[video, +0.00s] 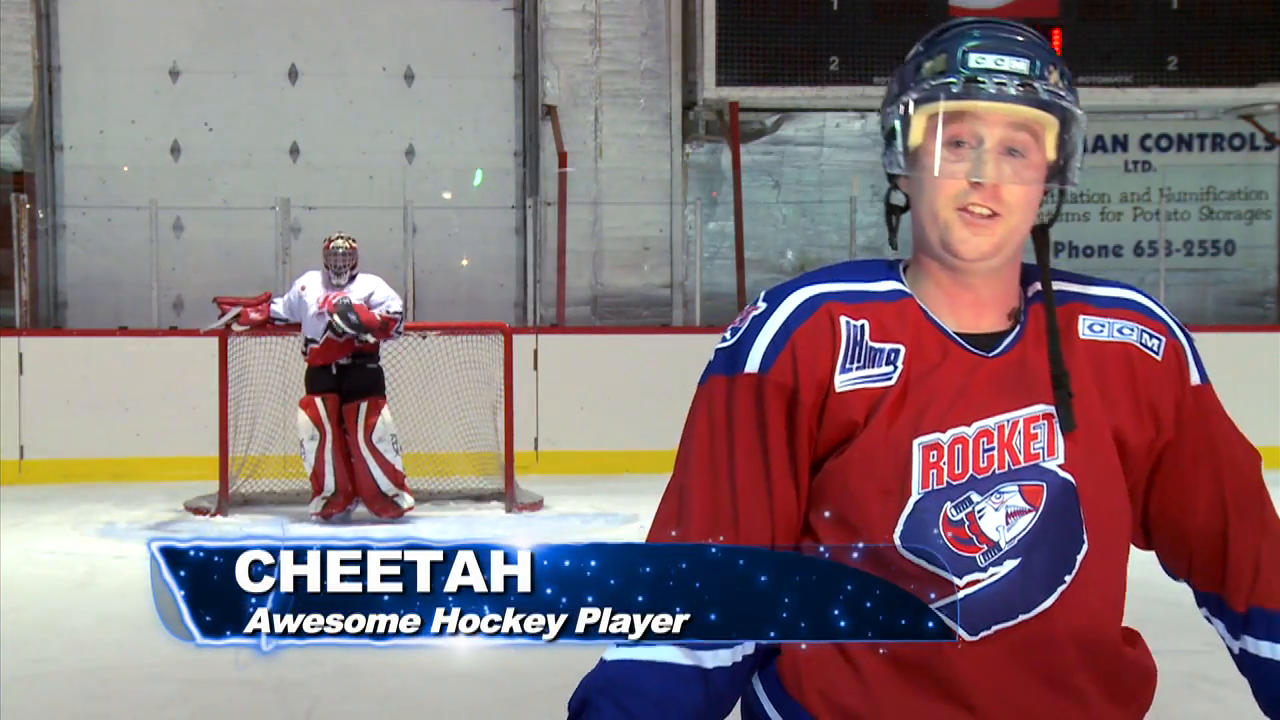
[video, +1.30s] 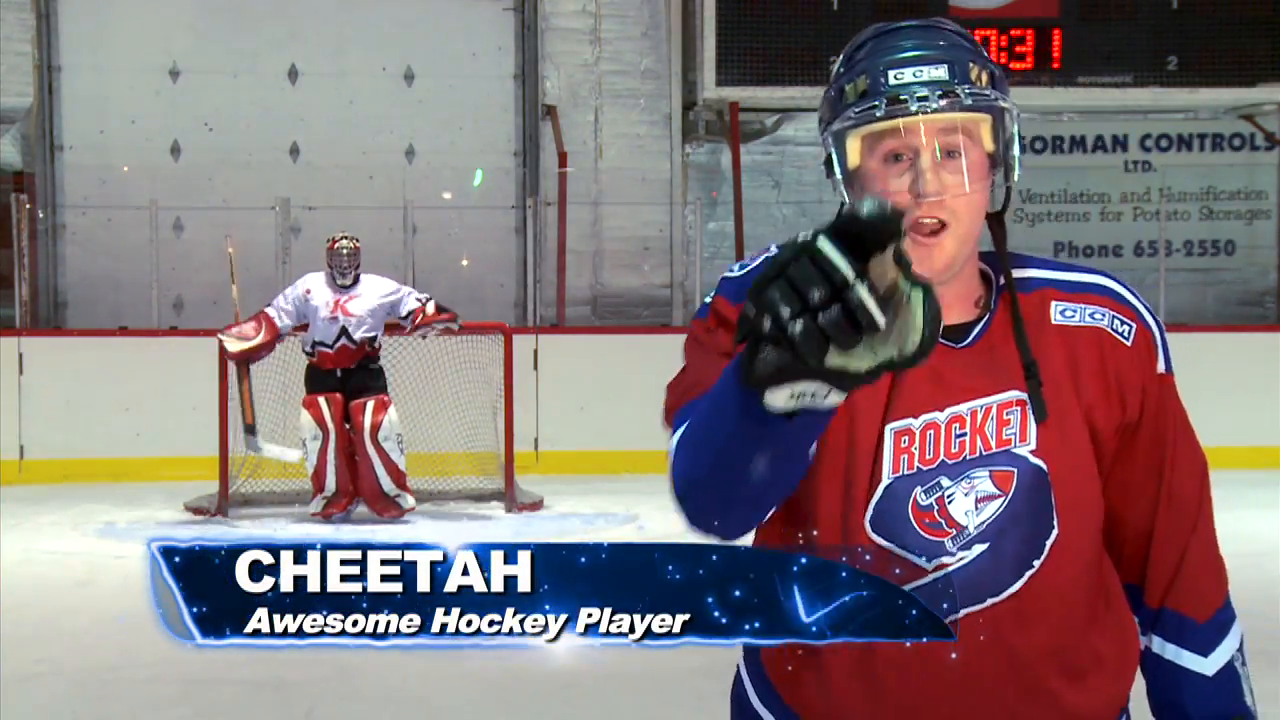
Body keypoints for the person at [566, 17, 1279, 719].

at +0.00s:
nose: (987, 174)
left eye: (1018, 148)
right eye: (957, 140)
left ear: (1050, 178)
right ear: (905, 156)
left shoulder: (1135, 342)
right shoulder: (798, 337)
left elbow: (1258, 583)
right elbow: (696, 602)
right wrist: (633, 715)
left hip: (1082, 704)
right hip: (848, 708)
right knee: (617, 689)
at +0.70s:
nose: (1032, 192)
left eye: (1063, 162)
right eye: (1001, 158)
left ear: (1097, 182)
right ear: (950, 171)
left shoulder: (1172, 345)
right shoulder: (843, 330)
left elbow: (1249, 592)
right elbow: (731, 562)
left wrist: (1254, 705)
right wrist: (708, 702)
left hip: (1102, 703)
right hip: (864, 705)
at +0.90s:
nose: (994, 201)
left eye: (1020, 168)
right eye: (961, 170)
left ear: (1056, 184)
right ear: (912, 185)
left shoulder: (1154, 340)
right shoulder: (823, 329)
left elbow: (1223, 610)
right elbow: (729, 517)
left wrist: (1233, 714)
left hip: (1093, 707)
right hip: (855, 707)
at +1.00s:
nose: (971, 198)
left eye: (998, 165)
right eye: (940, 168)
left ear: (1035, 182)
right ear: (891, 186)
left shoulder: (1138, 336)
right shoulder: (806, 320)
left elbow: (1221, 605)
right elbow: (741, 533)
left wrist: (1235, 713)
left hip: (1093, 707)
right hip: (847, 706)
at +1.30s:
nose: (925, 183)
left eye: (951, 150)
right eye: (894, 154)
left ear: (996, 172)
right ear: (845, 174)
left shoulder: (1101, 326)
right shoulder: (764, 312)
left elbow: (1180, 586)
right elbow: (713, 507)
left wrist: (1214, 712)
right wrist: (792, 390)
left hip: (1062, 707)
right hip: (824, 707)